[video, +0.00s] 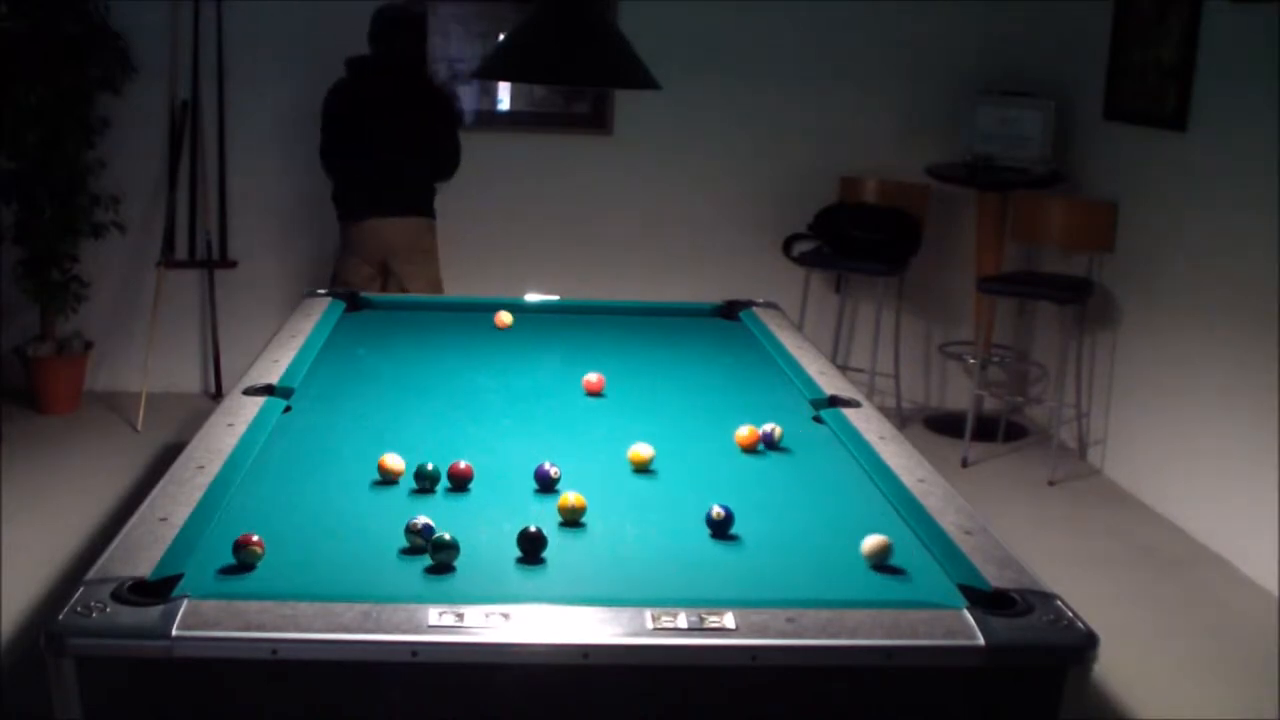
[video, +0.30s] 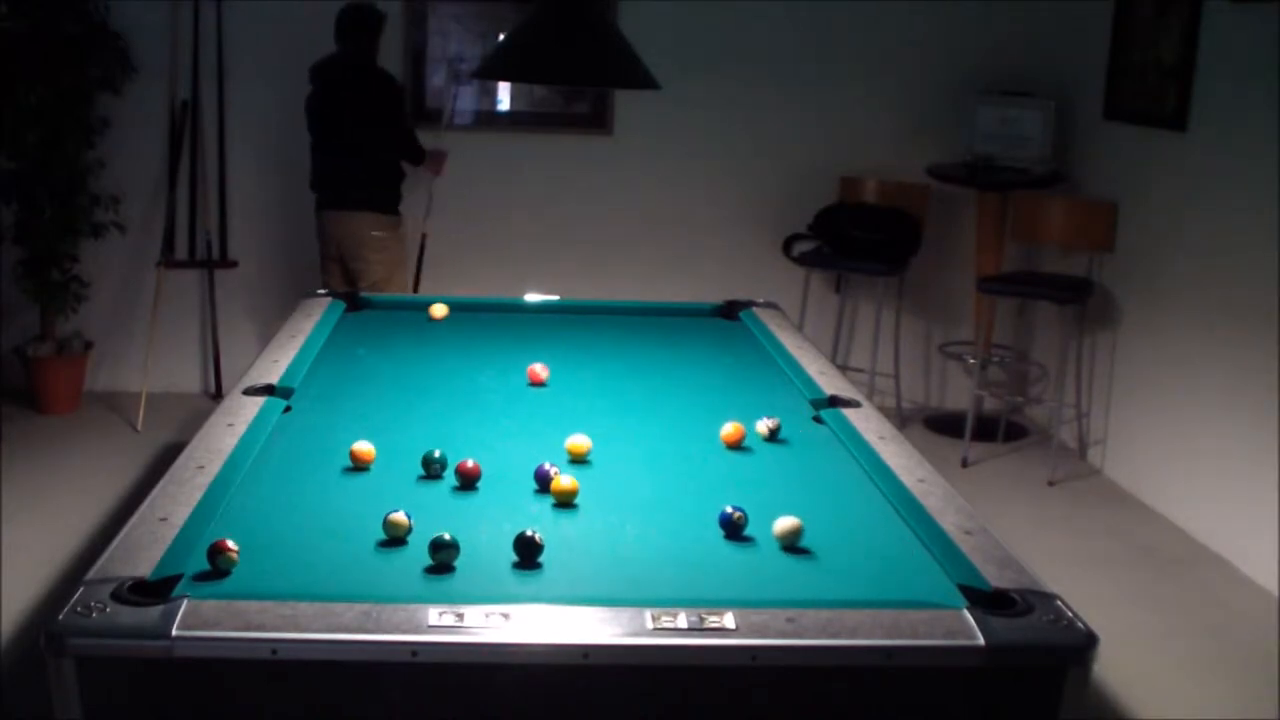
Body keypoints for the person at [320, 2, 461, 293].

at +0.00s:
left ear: (373, 37)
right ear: (420, 41)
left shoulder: (344, 91)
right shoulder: (433, 93)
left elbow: (329, 157)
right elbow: (446, 165)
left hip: (359, 222)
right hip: (413, 223)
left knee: (354, 320)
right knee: (424, 317)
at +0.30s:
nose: (377, 42)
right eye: (376, 35)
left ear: (338, 35)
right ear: (375, 37)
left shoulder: (320, 85)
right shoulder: (382, 85)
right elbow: (399, 141)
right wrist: (425, 159)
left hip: (329, 216)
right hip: (373, 218)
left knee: (341, 315)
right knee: (386, 314)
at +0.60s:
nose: (385, 43)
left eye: (385, 34)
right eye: (379, 34)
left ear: (352, 34)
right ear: (362, 34)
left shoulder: (337, 73)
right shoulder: (350, 76)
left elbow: (351, 153)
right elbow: (359, 153)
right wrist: (411, 166)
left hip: (337, 215)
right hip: (347, 219)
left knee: (345, 314)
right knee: (350, 315)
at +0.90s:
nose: (367, 46)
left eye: (372, 37)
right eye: (358, 37)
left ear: (378, 38)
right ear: (339, 37)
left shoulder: (381, 93)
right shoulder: (318, 89)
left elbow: (386, 160)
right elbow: (328, 166)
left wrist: (403, 212)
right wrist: (392, 168)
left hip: (369, 230)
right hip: (328, 230)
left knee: (366, 328)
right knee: (327, 327)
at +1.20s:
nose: (358, 49)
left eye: (364, 39)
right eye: (349, 40)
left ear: (373, 39)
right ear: (331, 41)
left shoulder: (393, 90)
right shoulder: (310, 94)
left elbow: (410, 154)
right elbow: (310, 172)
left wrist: (406, 201)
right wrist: (376, 177)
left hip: (392, 239)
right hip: (336, 239)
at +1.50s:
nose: (402, 62)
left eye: (409, 52)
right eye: (393, 52)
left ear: (421, 54)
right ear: (378, 53)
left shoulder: (435, 102)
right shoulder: (354, 108)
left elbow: (452, 157)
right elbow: (332, 185)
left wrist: (459, 191)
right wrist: (372, 246)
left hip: (429, 247)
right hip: (371, 250)